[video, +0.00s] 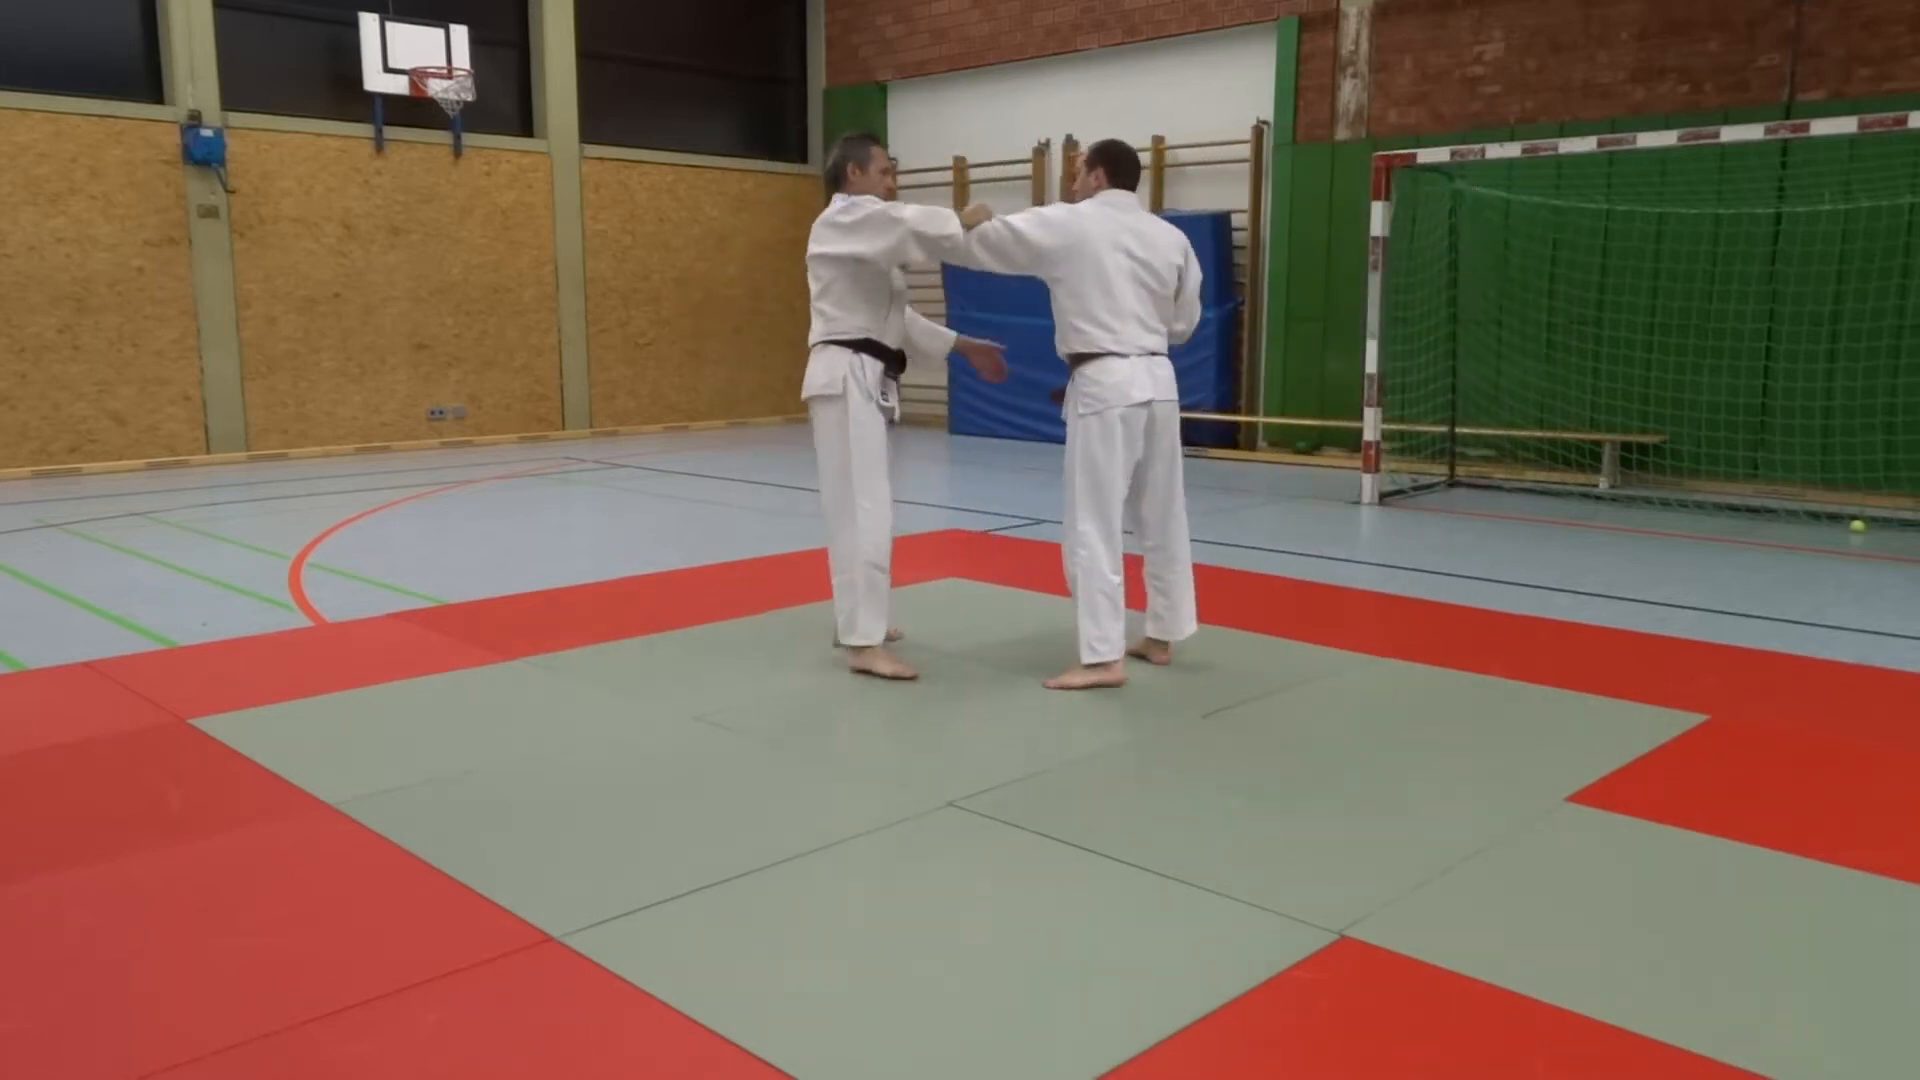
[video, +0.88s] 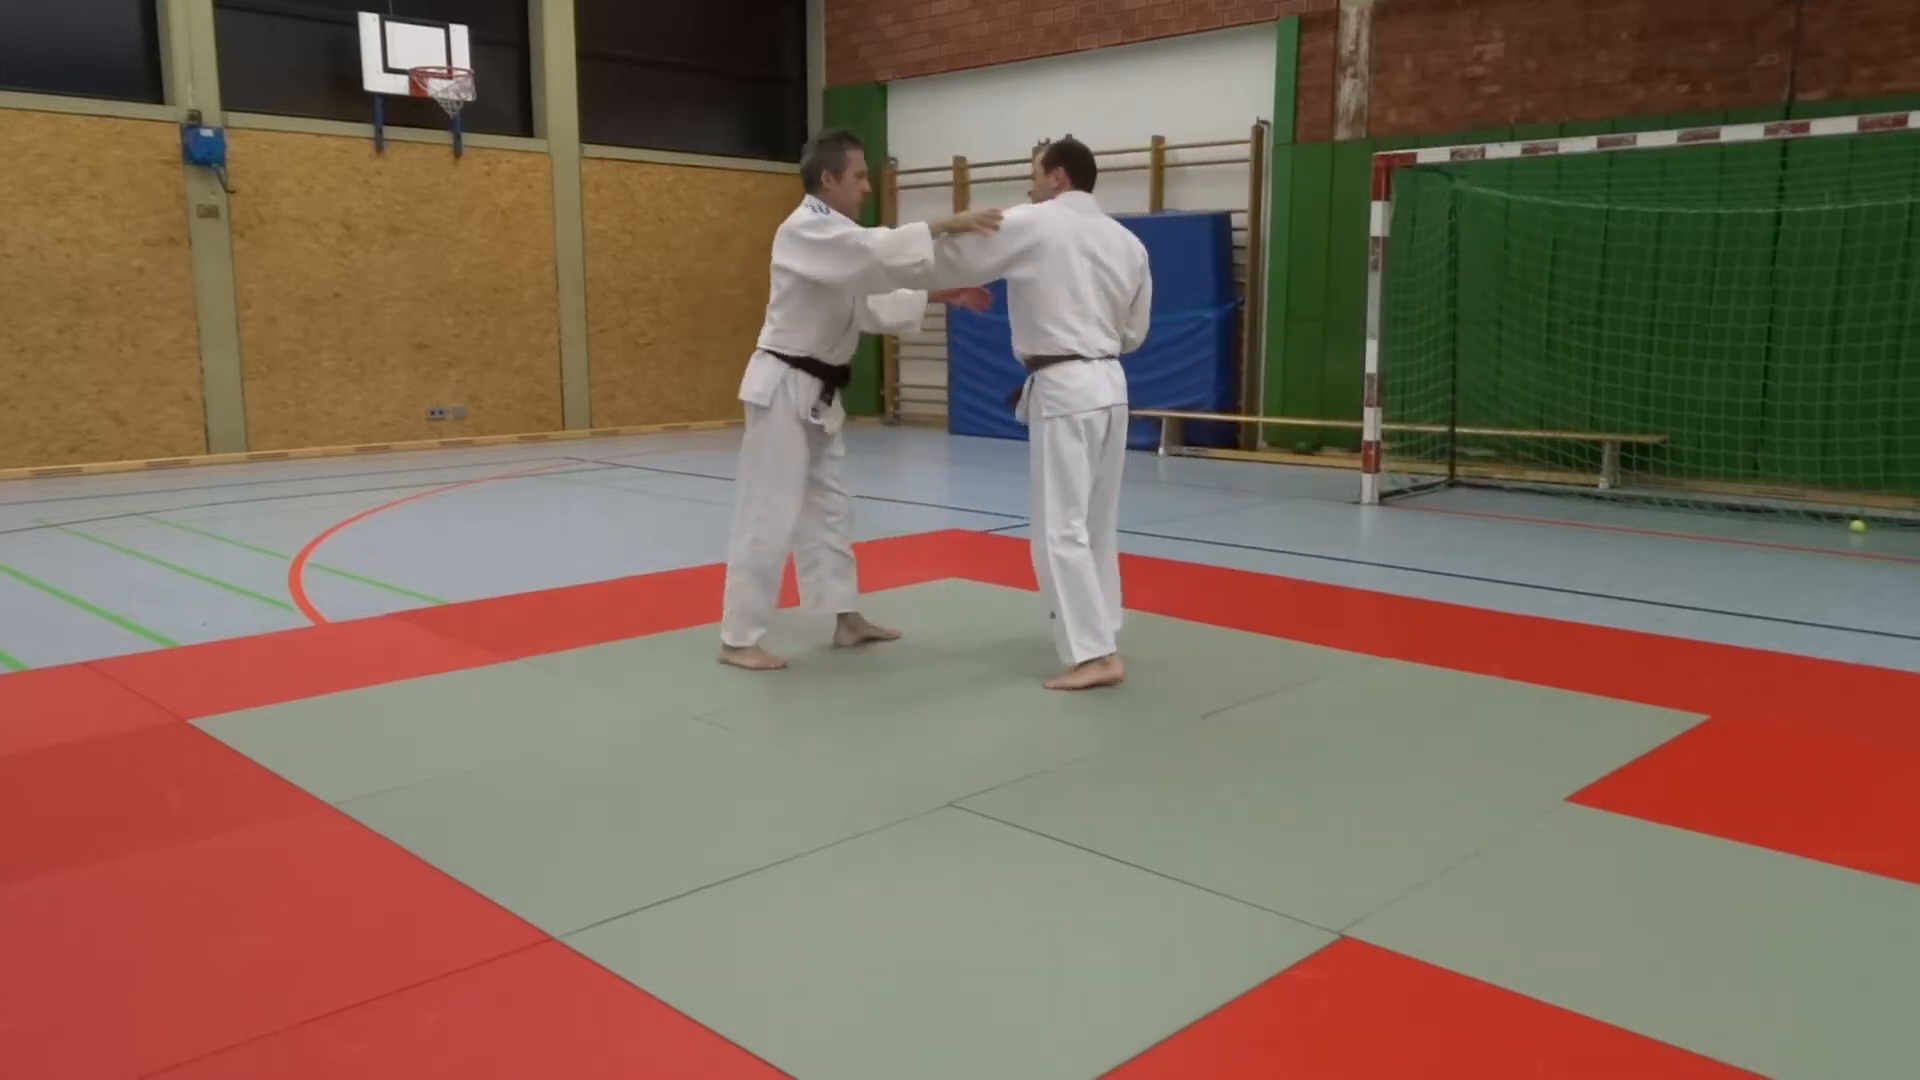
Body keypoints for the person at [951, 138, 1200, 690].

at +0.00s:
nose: (1073, 184)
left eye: (1077, 175)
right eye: (1075, 175)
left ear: (1097, 176)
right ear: (1132, 181)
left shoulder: (1067, 223)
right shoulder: (1170, 236)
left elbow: (982, 240)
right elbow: (1183, 324)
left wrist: (965, 221)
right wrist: (1132, 322)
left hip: (1102, 383)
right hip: (1160, 381)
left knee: (1093, 522)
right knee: (1163, 514)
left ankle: (1102, 658)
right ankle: (1162, 638)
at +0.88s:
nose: (1034, 185)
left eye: (1037, 176)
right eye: (1035, 176)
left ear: (1058, 177)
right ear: (1084, 180)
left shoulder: (1033, 222)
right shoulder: (1127, 242)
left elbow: (961, 256)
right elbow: (1134, 333)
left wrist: (893, 252)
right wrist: (1071, 353)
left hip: (1060, 385)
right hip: (1111, 383)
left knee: (1061, 526)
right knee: (1099, 522)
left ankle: (1093, 657)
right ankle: (1104, 641)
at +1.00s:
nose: (1029, 182)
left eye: (1035, 172)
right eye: (1031, 172)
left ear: (1061, 174)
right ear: (1079, 178)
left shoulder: (1037, 222)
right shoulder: (1125, 242)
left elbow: (956, 262)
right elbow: (1117, 327)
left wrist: (878, 262)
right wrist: (1049, 370)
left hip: (1065, 385)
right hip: (1111, 382)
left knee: (1054, 525)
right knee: (1099, 519)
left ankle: (1092, 649)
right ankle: (1106, 632)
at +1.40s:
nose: (1020, 183)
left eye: (1027, 174)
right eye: (1022, 174)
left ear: (1055, 176)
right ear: (1071, 178)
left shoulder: (1040, 222)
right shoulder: (1118, 240)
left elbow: (961, 260)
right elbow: (1108, 324)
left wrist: (887, 265)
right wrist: (1055, 366)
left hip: (1076, 385)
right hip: (1114, 380)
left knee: (1071, 516)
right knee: (1105, 513)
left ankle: (1107, 641)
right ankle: (1101, 624)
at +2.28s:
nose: (971, 199)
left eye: (983, 190)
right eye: (965, 189)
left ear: (1012, 197)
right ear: (959, 195)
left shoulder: (1044, 251)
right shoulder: (946, 252)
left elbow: (1028, 312)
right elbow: (920, 306)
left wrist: (961, 295)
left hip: (1034, 403)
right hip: (972, 404)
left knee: (1062, 529)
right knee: (953, 539)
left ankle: (1103, 645)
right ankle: (966, 630)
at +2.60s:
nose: (981, 187)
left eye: (991, 178)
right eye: (979, 178)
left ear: (1027, 180)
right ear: (990, 182)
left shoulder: (1050, 239)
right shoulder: (980, 234)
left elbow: (985, 276)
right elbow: (942, 281)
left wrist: (929, 241)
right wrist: (925, 236)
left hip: (1033, 394)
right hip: (977, 393)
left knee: (1063, 525)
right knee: (960, 522)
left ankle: (1095, 641)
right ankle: (968, 625)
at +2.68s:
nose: (984, 183)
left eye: (995, 174)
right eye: (982, 174)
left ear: (1031, 178)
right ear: (991, 179)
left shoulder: (1042, 236)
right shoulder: (987, 232)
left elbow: (970, 274)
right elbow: (941, 273)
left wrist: (894, 267)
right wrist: (892, 292)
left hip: (1034, 394)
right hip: (980, 393)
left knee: (1060, 525)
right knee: (964, 520)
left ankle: (1096, 642)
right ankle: (972, 626)